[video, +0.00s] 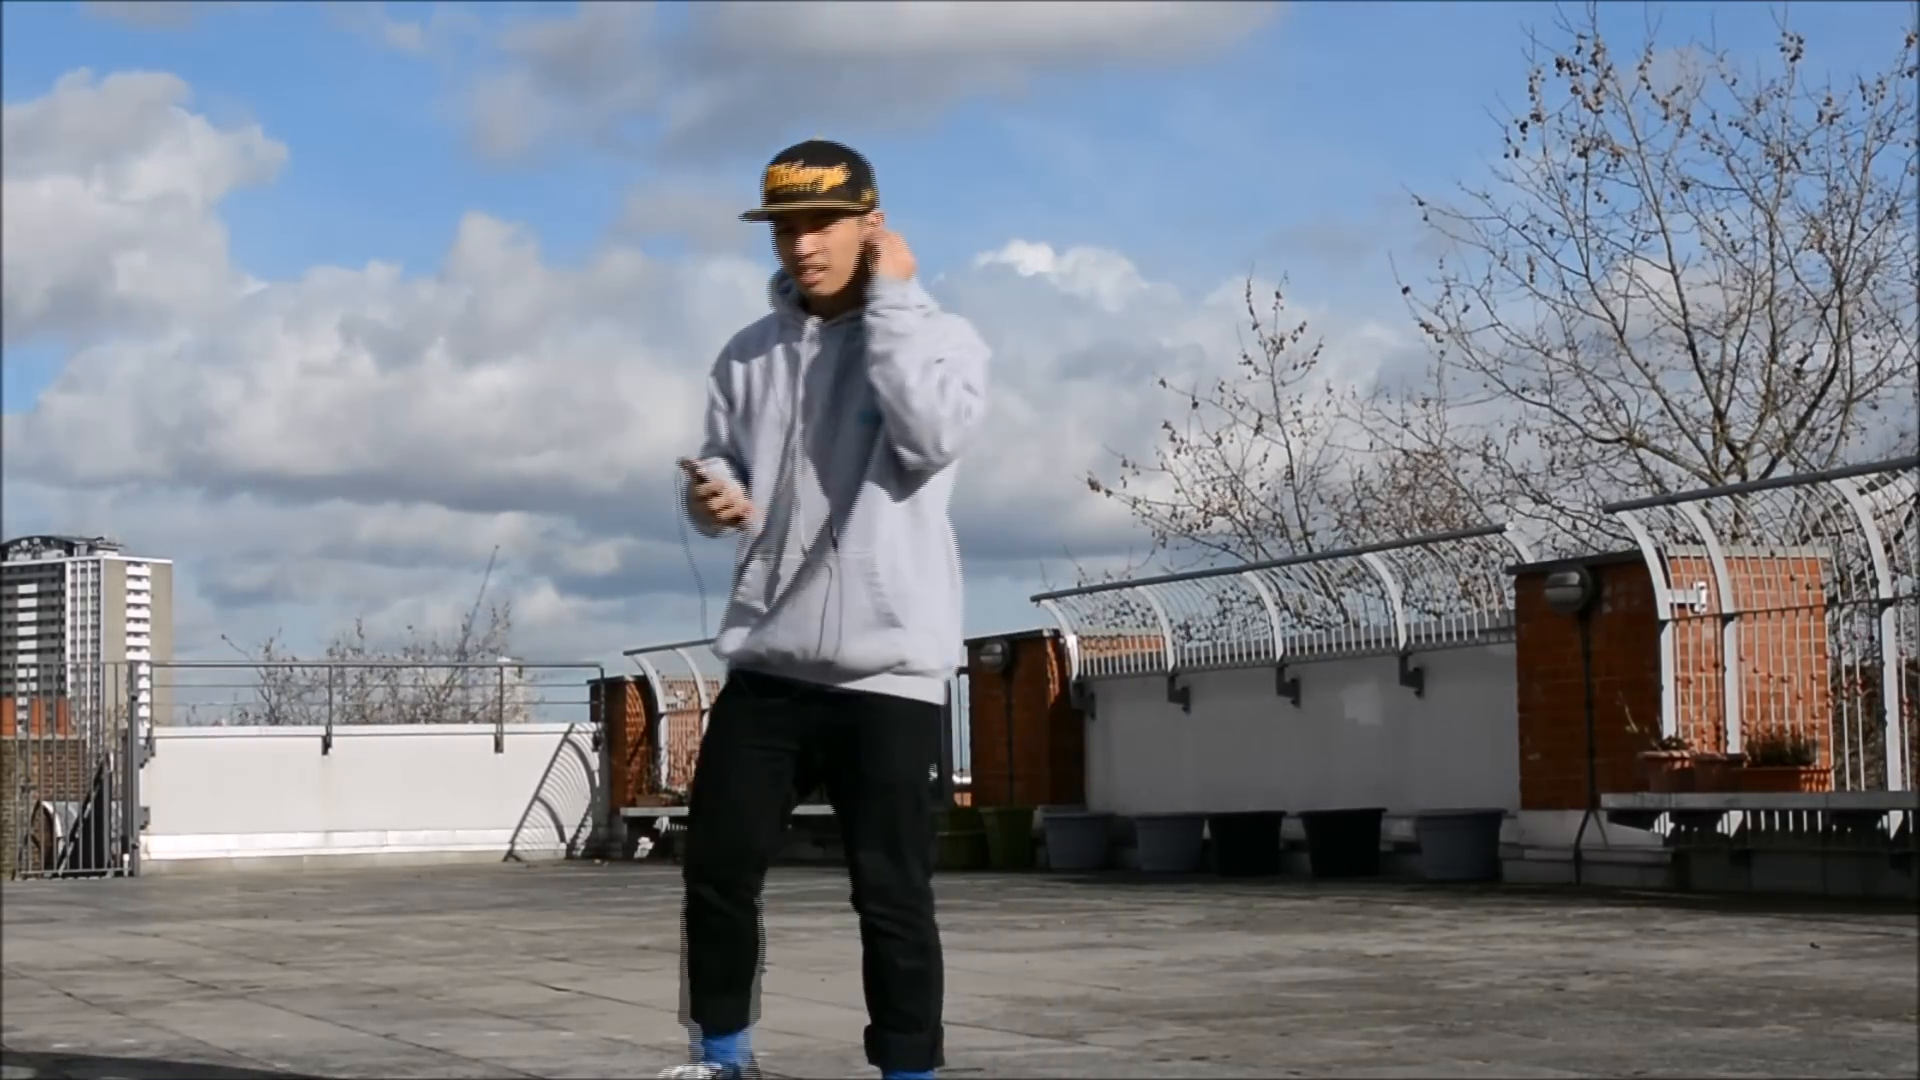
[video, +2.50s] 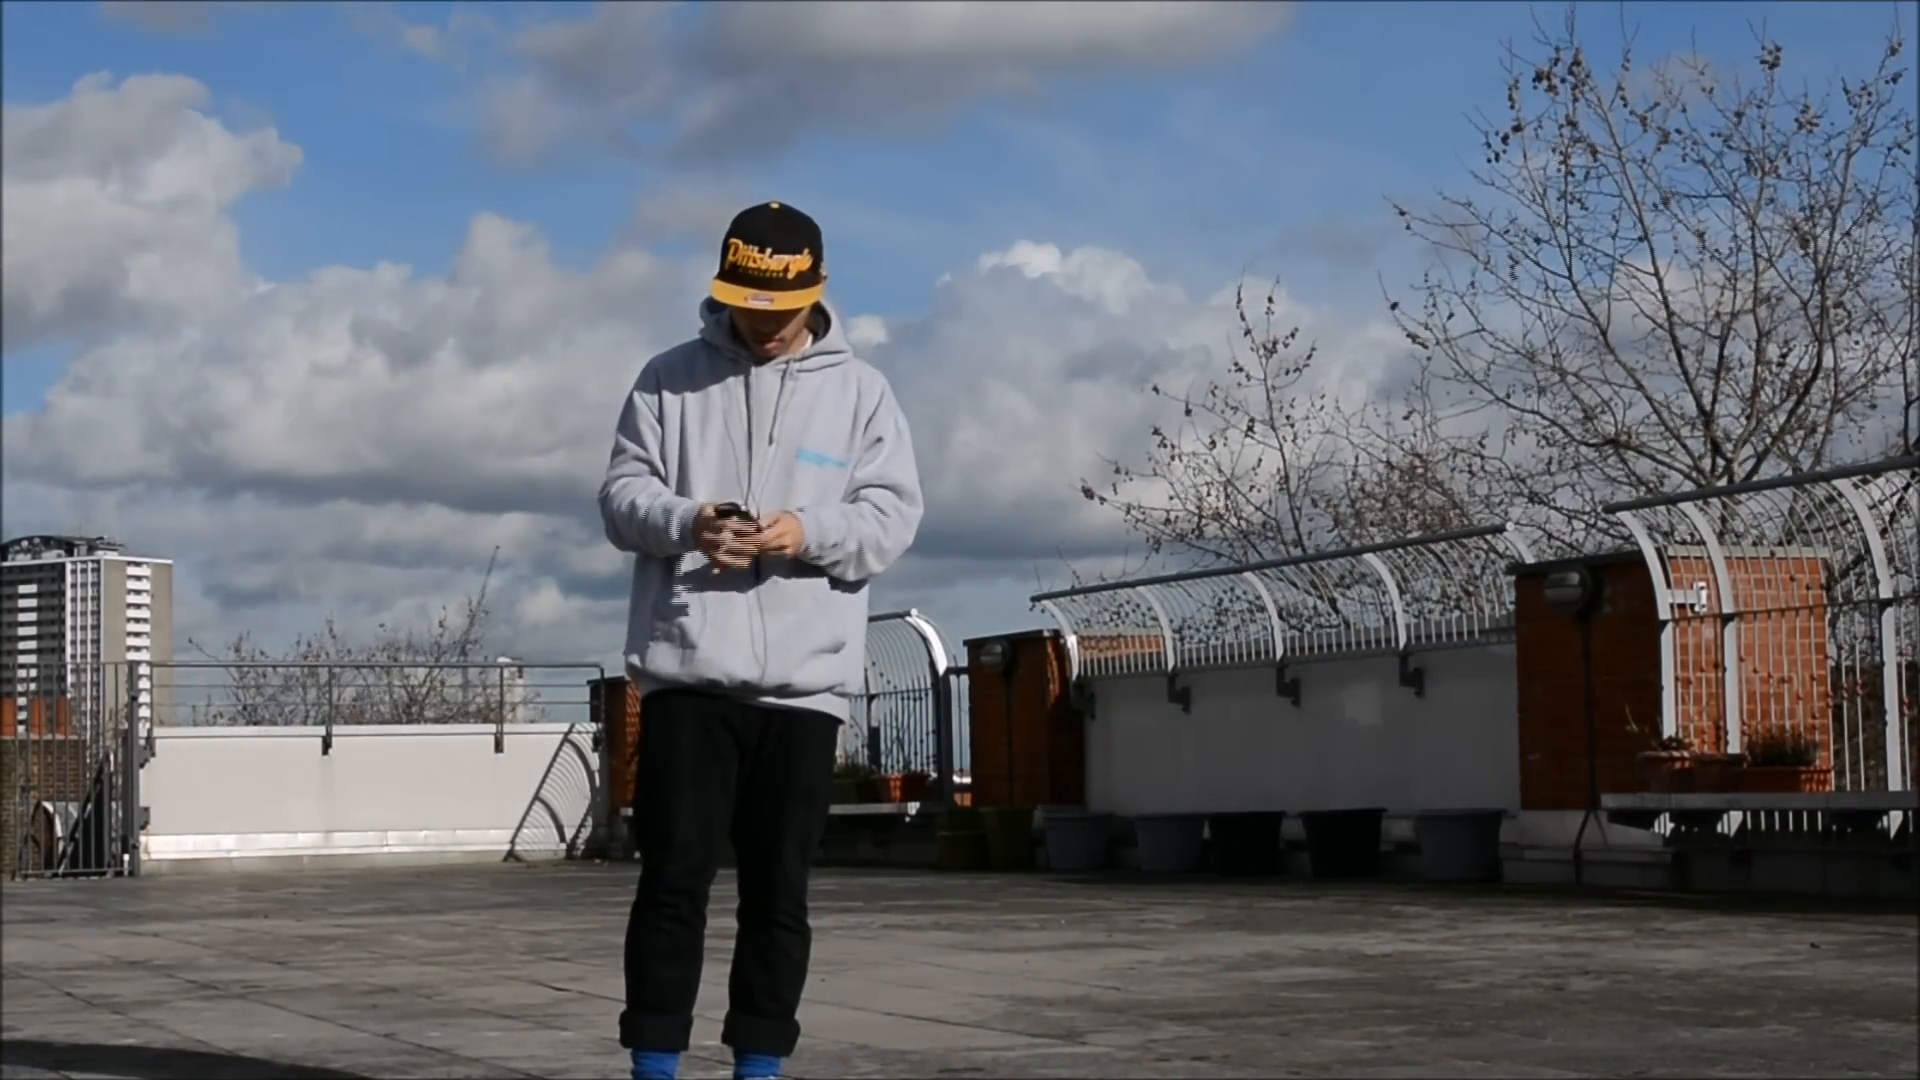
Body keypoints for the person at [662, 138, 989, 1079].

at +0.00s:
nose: (799, 246)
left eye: (820, 226)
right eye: (785, 229)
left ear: (871, 228)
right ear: (774, 238)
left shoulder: (937, 335)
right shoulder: (750, 354)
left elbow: (927, 440)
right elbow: (713, 477)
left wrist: (893, 296)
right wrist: (713, 500)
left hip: (891, 660)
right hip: (771, 657)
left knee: (890, 881)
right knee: (718, 858)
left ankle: (908, 1069)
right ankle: (721, 1055)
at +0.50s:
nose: (665, 300)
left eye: (682, 279)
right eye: (647, 283)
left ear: (730, 257)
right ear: (628, 272)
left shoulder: (793, 350)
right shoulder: (600, 371)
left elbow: (831, 457)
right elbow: (551, 510)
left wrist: (765, 328)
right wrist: (596, 486)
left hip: (780, 662)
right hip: (654, 667)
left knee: (813, 878)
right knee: (665, 884)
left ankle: (846, 1062)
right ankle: (672, 1068)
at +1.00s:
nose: (696, 329)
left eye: (712, 311)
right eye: (677, 314)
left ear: (751, 285)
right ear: (652, 291)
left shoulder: (797, 370)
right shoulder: (616, 378)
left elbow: (857, 479)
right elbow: (575, 517)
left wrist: (791, 357)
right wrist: (635, 497)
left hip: (779, 675)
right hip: (662, 676)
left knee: (771, 882)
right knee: (674, 881)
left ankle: (764, 1062)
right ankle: (672, 1064)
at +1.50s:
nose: (750, 325)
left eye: (767, 309)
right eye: (733, 310)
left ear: (800, 290)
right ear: (708, 294)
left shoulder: (852, 384)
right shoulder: (659, 383)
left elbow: (891, 508)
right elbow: (619, 510)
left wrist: (842, 504)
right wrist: (686, 502)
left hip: (806, 677)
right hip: (688, 673)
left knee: (782, 883)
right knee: (677, 874)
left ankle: (762, 1063)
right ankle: (658, 1061)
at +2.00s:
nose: (760, 320)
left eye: (779, 306)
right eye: (744, 303)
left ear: (812, 290)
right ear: (719, 287)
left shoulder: (858, 387)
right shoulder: (663, 379)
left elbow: (892, 512)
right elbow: (619, 498)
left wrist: (825, 510)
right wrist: (689, 502)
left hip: (802, 679)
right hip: (684, 674)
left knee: (779, 884)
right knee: (672, 876)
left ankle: (760, 1062)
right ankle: (653, 1061)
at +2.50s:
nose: (762, 319)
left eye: (781, 304)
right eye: (746, 302)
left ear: (816, 289)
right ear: (724, 287)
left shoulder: (862, 390)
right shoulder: (669, 378)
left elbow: (892, 516)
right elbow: (623, 495)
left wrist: (808, 532)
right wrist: (689, 523)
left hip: (804, 680)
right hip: (686, 674)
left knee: (780, 886)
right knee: (673, 877)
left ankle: (761, 1062)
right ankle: (654, 1061)